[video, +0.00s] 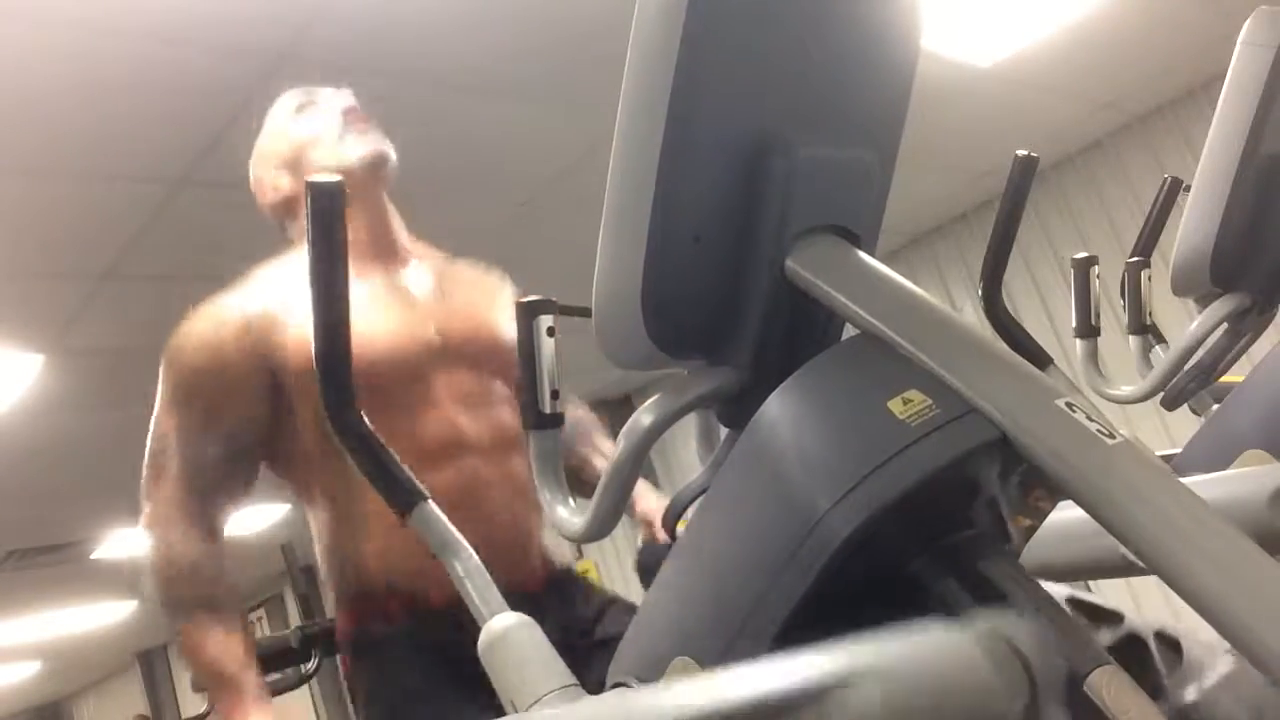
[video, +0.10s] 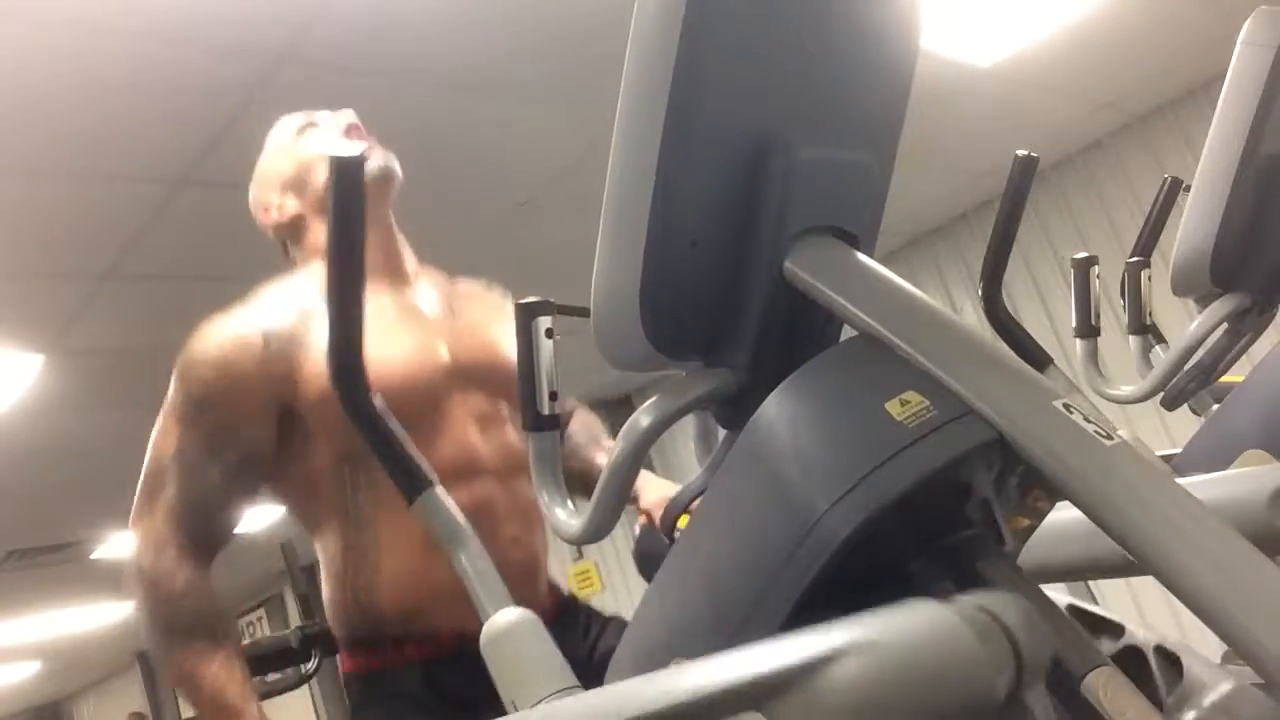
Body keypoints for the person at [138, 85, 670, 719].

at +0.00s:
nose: (346, 102)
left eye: (352, 101)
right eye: (308, 107)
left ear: (383, 145)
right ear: (272, 185)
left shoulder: (487, 288)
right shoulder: (238, 327)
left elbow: (563, 416)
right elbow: (180, 524)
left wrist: (649, 504)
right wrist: (238, 696)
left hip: (551, 607)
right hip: (406, 646)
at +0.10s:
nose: (352, 122)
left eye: (358, 120)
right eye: (315, 126)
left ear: (391, 165)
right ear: (273, 204)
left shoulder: (491, 305)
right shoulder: (249, 344)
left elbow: (565, 416)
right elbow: (167, 553)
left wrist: (643, 486)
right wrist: (237, 710)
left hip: (559, 637)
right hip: (411, 680)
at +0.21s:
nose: (342, 78)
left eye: (350, 79)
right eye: (306, 86)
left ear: (384, 122)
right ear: (273, 163)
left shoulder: (497, 255)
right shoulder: (247, 282)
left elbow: (580, 391)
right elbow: (188, 481)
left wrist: (646, 502)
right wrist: (239, 677)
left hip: (555, 587)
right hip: (401, 623)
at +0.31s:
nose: (356, 70)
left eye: (368, 72)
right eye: (322, 77)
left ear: (400, 110)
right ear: (291, 152)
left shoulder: (520, 243)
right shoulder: (255, 268)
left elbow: (601, 391)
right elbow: (191, 453)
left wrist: (652, 531)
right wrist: (234, 622)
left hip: (558, 570)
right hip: (407, 599)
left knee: (674, 707)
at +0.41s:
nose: (387, 126)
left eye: (399, 118)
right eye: (357, 124)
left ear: (432, 153)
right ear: (322, 185)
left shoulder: (543, 277)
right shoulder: (278, 309)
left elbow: (636, 437)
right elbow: (193, 472)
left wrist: (673, 589)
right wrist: (236, 586)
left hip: (564, 601)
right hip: (415, 629)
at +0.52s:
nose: (413, 138)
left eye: (422, 138)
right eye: (377, 147)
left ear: (458, 191)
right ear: (348, 223)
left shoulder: (568, 321)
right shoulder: (298, 352)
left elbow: (649, 481)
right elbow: (209, 502)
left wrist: (680, 628)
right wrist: (235, 563)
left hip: (574, 648)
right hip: (424, 672)